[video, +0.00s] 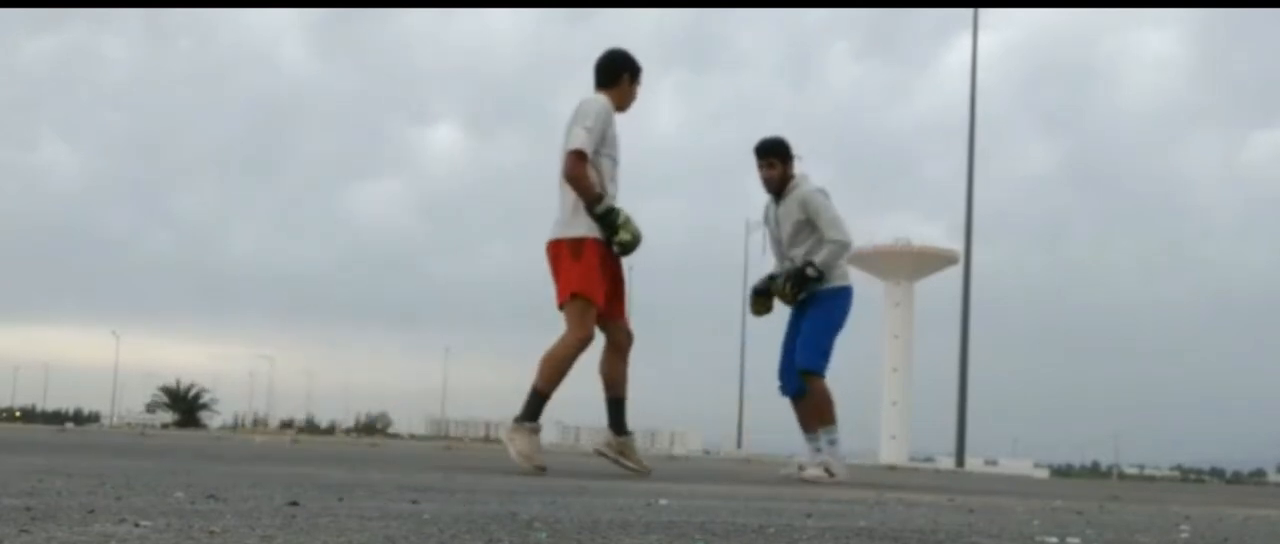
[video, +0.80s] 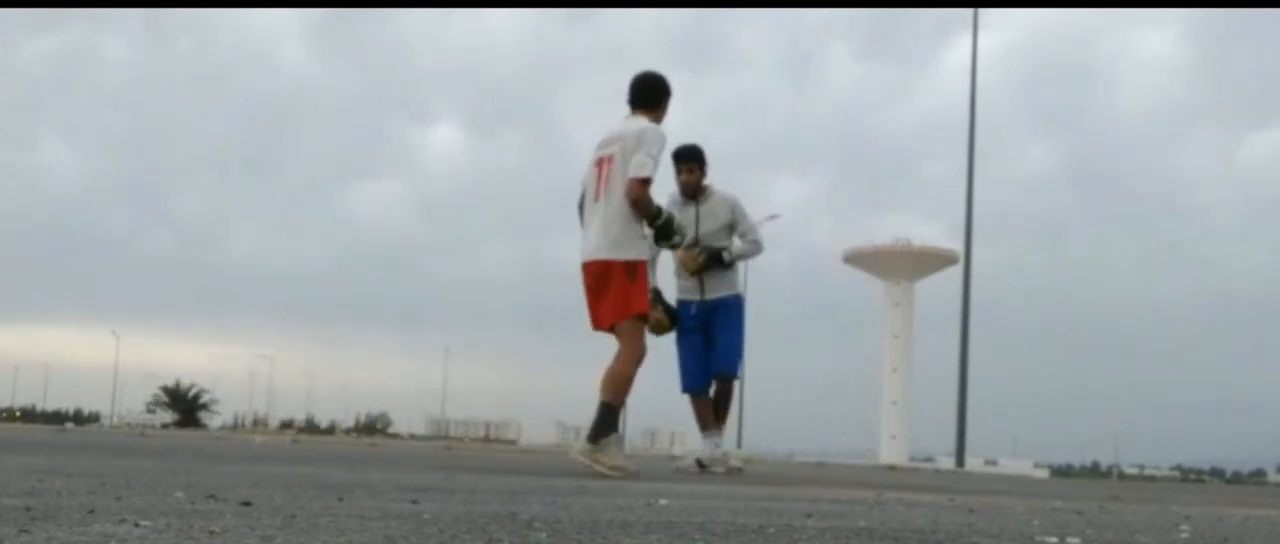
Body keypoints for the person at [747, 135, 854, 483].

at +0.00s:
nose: (765, 174)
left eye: (771, 166)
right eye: (761, 168)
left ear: (788, 166)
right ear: (759, 171)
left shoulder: (810, 196)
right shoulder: (772, 211)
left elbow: (839, 240)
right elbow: (786, 260)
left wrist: (810, 271)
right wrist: (770, 283)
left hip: (830, 292)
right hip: (803, 298)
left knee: (808, 369)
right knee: (791, 376)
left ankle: (833, 457)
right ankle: (816, 456)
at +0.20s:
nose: (755, 180)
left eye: (761, 172)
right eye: (752, 173)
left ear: (779, 172)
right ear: (750, 175)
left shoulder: (806, 206)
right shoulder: (757, 219)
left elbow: (812, 260)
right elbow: (770, 266)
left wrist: (774, 289)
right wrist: (760, 294)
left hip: (814, 298)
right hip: (784, 302)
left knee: (804, 373)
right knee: (748, 368)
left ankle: (830, 458)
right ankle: (782, 440)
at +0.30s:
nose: (742, 182)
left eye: (748, 175)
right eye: (738, 175)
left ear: (764, 175)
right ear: (736, 178)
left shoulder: (788, 209)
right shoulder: (747, 216)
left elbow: (784, 266)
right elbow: (755, 261)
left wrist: (762, 301)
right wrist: (749, 280)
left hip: (804, 299)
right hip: (773, 301)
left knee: (800, 375)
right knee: (742, 371)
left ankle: (828, 459)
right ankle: (741, 449)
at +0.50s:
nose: (701, 197)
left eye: (707, 190)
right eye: (699, 190)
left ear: (722, 190)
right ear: (700, 191)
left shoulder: (742, 221)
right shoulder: (717, 223)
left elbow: (767, 272)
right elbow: (718, 266)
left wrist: (754, 315)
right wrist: (713, 267)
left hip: (770, 307)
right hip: (743, 307)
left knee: (784, 379)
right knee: (708, 378)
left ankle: (819, 457)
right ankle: (713, 452)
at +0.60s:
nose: (693, 188)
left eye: (700, 181)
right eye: (689, 181)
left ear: (713, 183)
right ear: (684, 184)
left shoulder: (735, 213)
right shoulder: (692, 222)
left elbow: (766, 255)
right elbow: (689, 273)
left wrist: (751, 295)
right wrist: (695, 275)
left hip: (753, 303)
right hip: (722, 307)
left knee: (768, 375)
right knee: (700, 381)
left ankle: (793, 453)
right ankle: (713, 451)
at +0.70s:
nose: (687, 180)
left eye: (694, 173)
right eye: (683, 173)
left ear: (707, 175)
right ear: (678, 176)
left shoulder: (732, 205)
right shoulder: (676, 217)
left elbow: (766, 242)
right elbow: (665, 255)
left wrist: (739, 268)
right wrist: (670, 283)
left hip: (739, 300)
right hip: (703, 303)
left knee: (745, 370)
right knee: (697, 378)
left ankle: (758, 451)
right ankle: (712, 449)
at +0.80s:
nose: (688, 178)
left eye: (694, 171)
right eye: (683, 171)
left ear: (704, 172)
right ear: (675, 174)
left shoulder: (727, 204)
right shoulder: (670, 210)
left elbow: (754, 244)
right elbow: (651, 254)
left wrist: (718, 256)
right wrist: (653, 293)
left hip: (724, 299)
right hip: (688, 301)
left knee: (725, 372)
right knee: (695, 378)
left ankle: (714, 440)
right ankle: (710, 445)